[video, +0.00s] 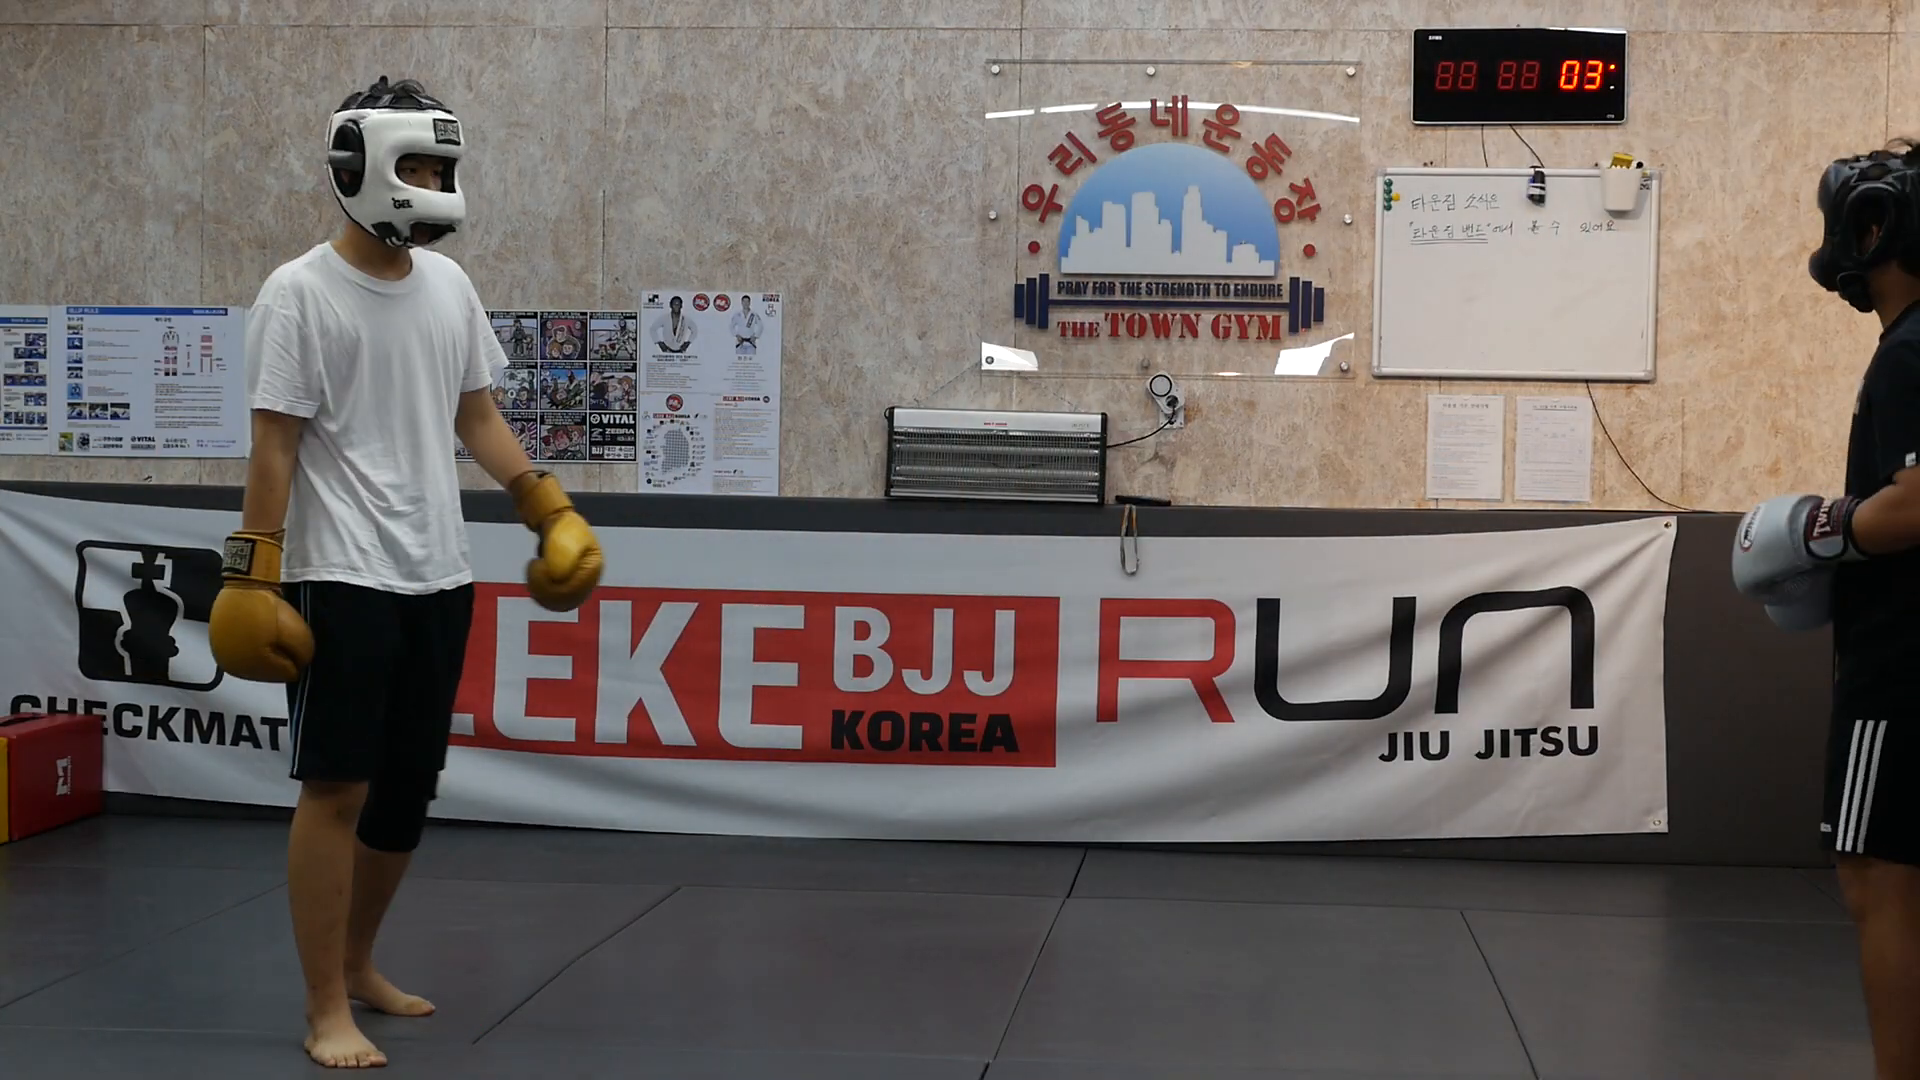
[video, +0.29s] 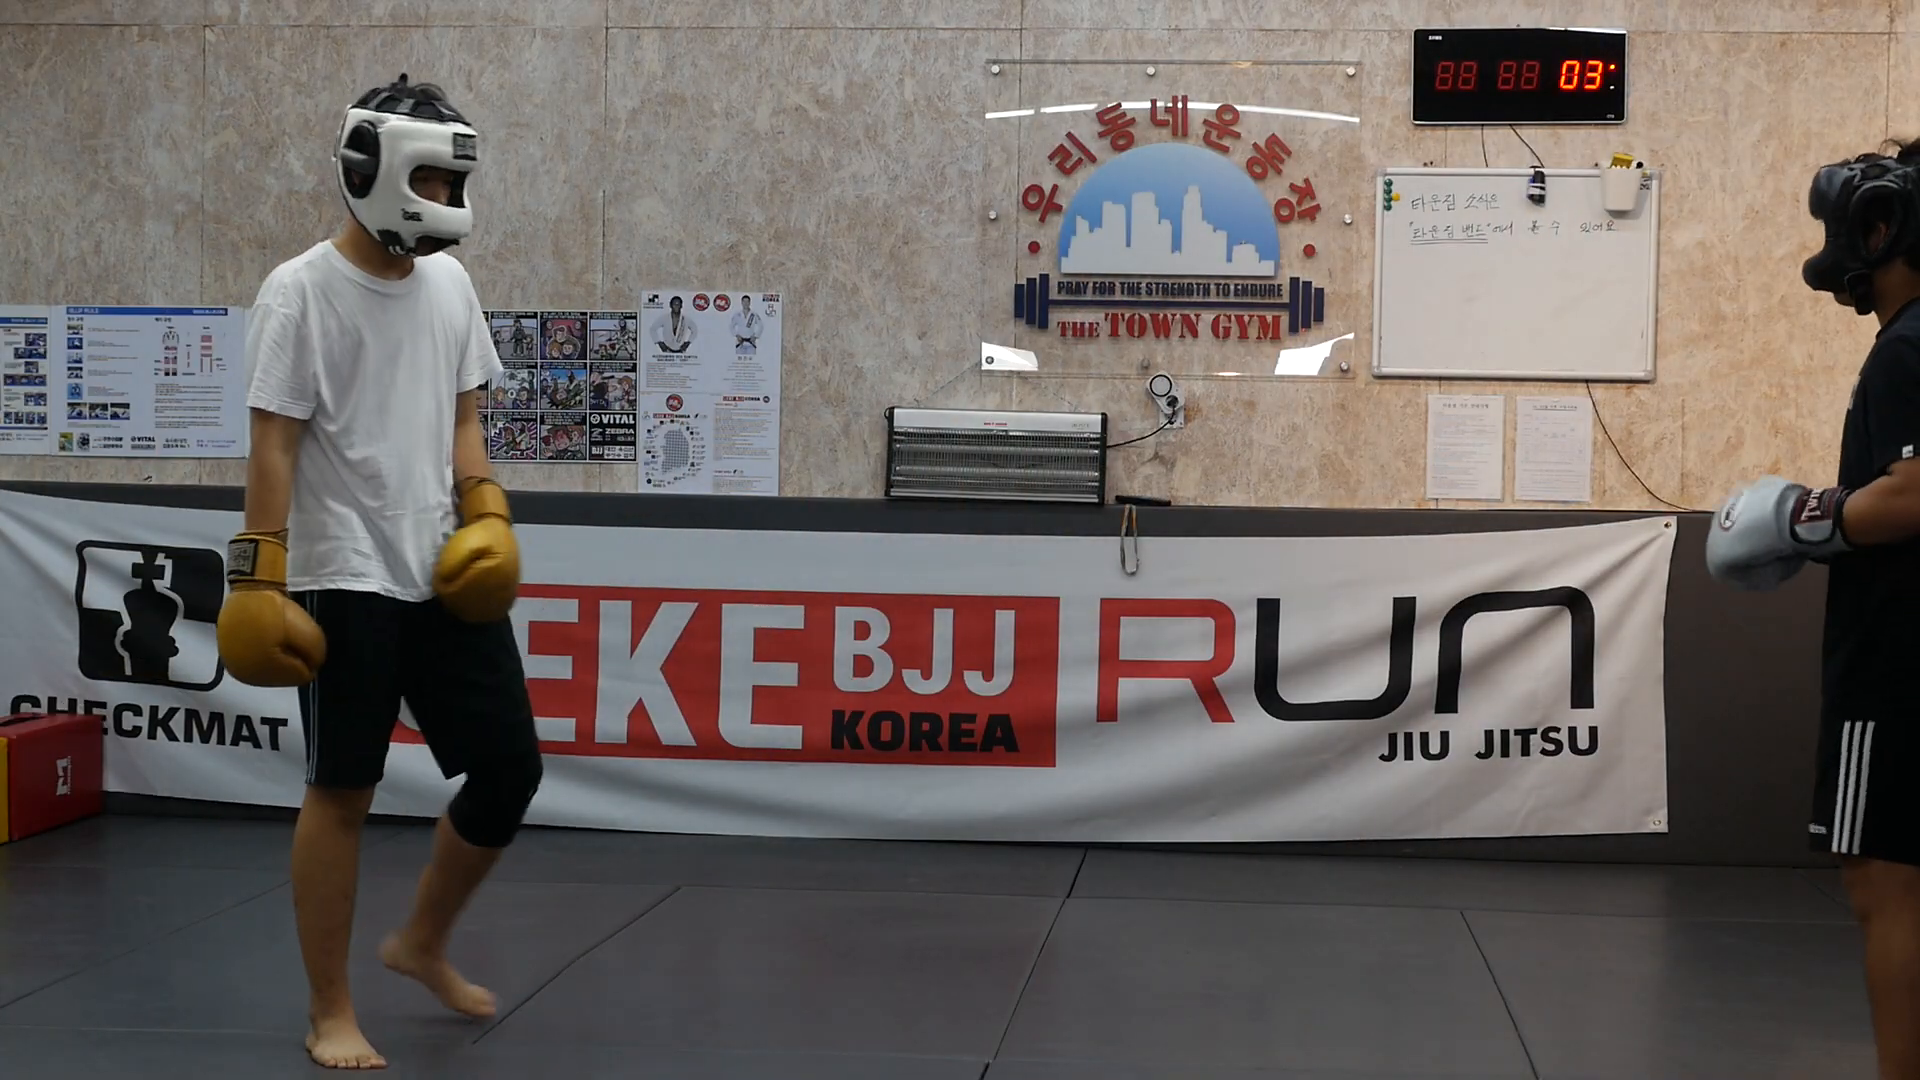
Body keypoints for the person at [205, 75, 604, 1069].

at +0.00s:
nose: (432, 181)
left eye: (440, 165)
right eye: (411, 164)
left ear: (449, 172)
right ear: (354, 170)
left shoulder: (449, 285)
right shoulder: (298, 293)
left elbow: (479, 415)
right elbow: (273, 442)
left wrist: (549, 510)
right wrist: (253, 575)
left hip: (438, 579)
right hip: (340, 581)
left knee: (404, 792)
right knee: (335, 791)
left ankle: (356, 964)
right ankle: (326, 1012)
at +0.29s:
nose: (447, 189)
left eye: (455, 171)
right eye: (428, 171)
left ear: (459, 175)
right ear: (371, 171)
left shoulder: (448, 283)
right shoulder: (300, 290)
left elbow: (462, 418)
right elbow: (273, 441)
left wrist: (489, 518)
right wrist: (261, 579)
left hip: (443, 582)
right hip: (342, 585)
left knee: (507, 770)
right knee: (341, 792)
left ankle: (420, 944)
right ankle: (331, 1014)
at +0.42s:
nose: (467, 188)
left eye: (474, 171)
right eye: (450, 168)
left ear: (476, 176)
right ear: (390, 169)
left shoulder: (452, 281)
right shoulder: (313, 287)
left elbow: (470, 426)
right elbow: (288, 435)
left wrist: (520, 524)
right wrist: (282, 572)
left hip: (460, 580)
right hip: (355, 588)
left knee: (516, 786)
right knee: (345, 796)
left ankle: (519, 986)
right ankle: (332, 1017)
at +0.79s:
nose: (564, 209)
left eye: (569, 190)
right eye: (551, 188)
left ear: (529, 189)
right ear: (492, 184)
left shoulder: (513, 308)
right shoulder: (416, 293)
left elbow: (511, 467)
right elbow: (396, 431)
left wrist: (570, 574)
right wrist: (409, 567)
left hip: (525, 596)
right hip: (433, 596)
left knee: (571, 794)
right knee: (389, 797)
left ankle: (563, 994)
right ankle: (333, 1013)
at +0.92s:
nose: (609, 204)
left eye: (616, 187)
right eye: (596, 183)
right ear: (535, 174)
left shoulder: (552, 306)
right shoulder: (462, 290)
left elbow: (550, 465)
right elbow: (447, 436)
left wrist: (601, 573)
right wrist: (474, 562)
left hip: (563, 589)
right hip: (471, 588)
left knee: (579, 790)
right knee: (431, 786)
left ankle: (563, 994)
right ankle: (343, 999)